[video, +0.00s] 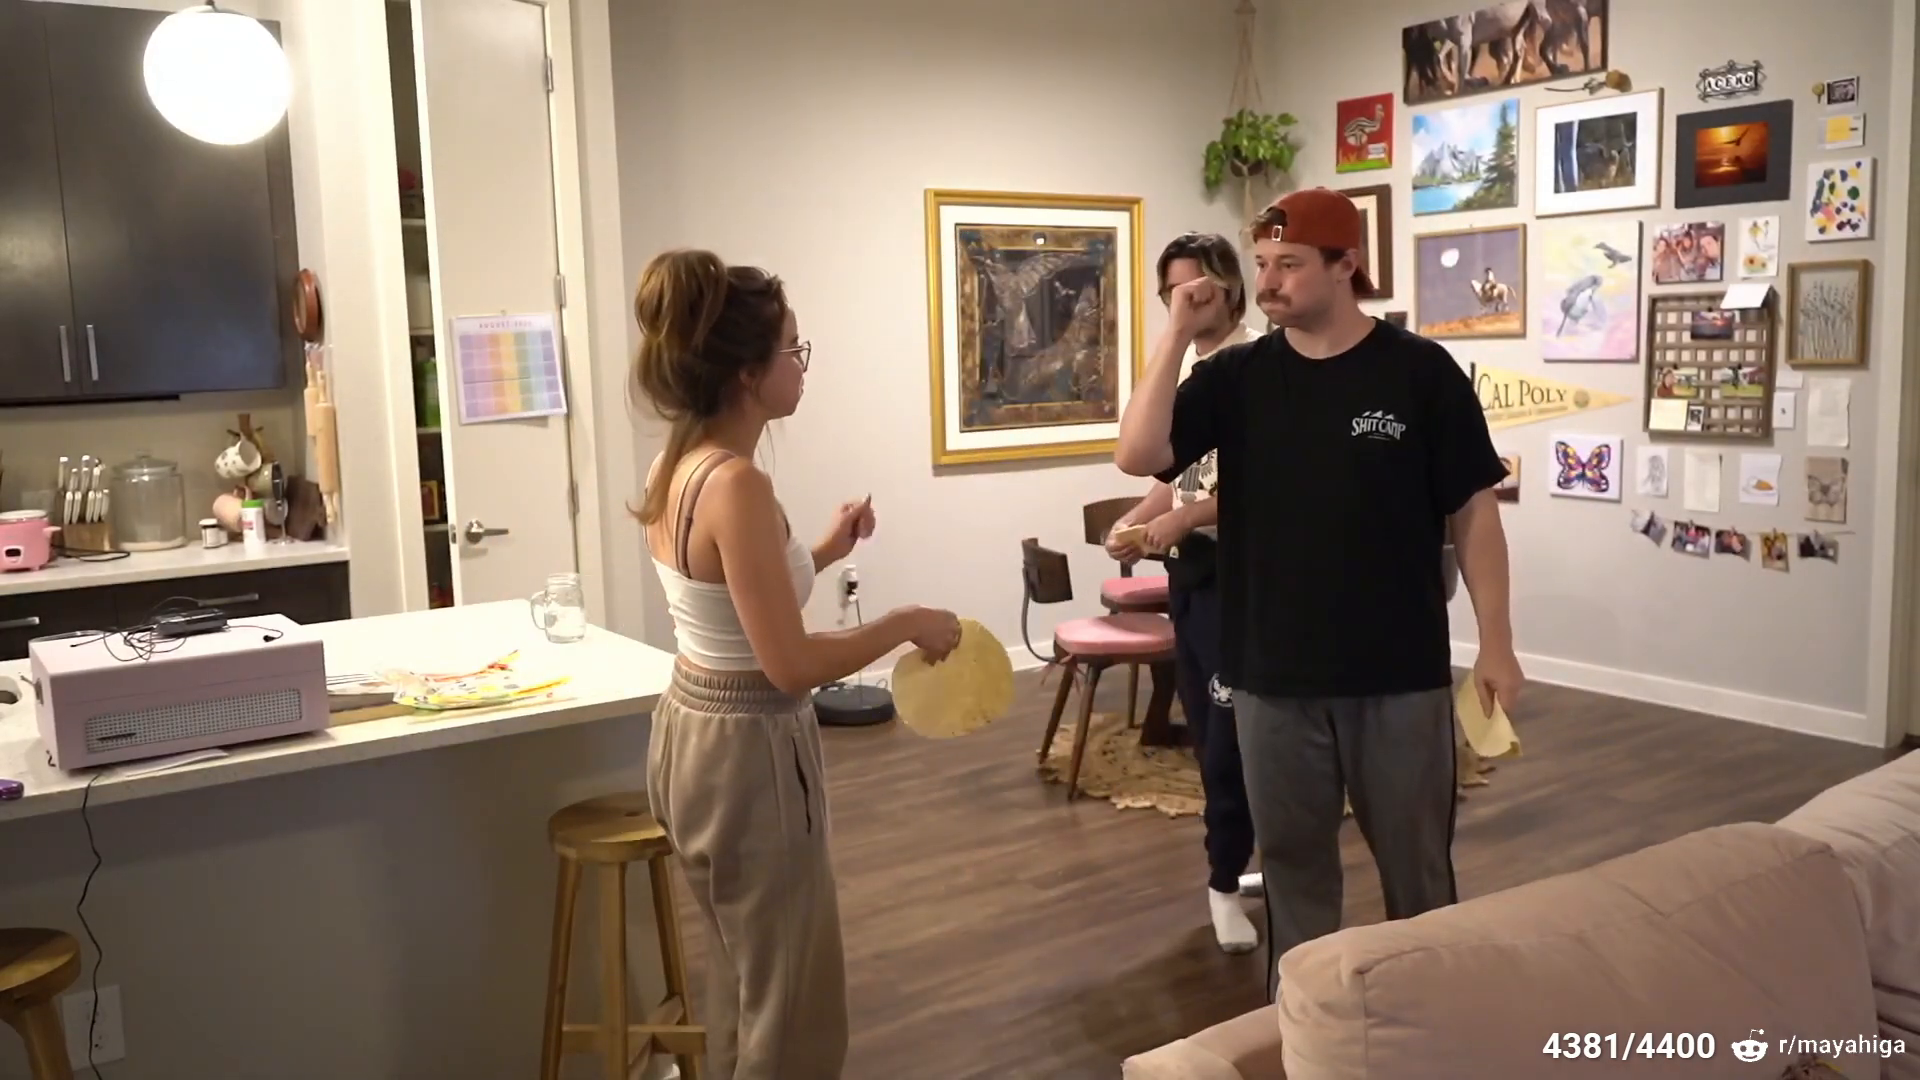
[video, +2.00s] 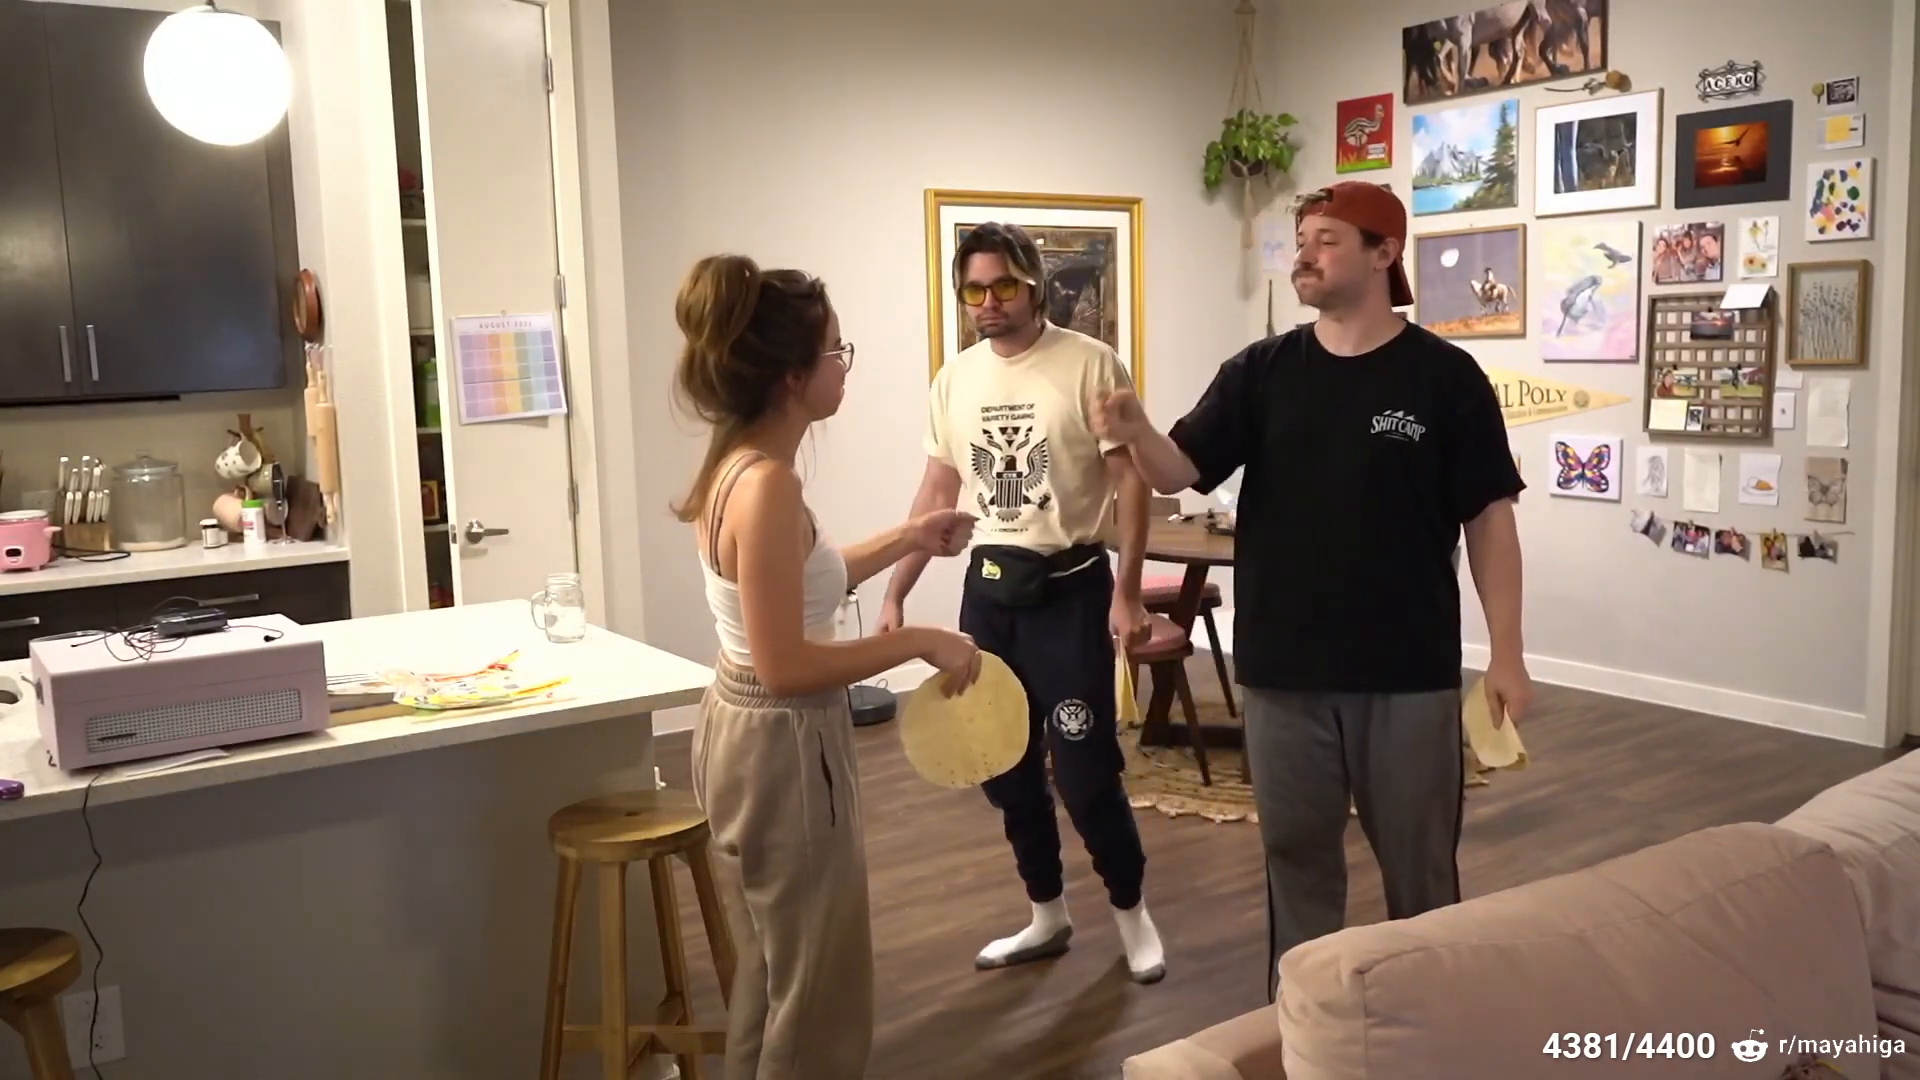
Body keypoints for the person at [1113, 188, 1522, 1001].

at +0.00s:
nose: (1269, 279)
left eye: (1288, 262)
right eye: (1262, 265)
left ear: (1345, 268)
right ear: (1256, 274)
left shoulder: (1422, 372)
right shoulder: (1236, 376)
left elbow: (1475, 512)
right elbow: (1139, 453)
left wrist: (1496, 642)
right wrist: (1175, 334)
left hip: (1400, 679)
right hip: (1272, 684)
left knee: (1418, 881)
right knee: (1293, 884)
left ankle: (1438, 1038)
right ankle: (1305, 1042)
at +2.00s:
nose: (1302, 257)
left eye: (1325, 242)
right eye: (1300, 244)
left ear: (1382, 256)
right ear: (1299, 261)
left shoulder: (1448, 376)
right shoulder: (1259, 371)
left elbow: (1490, 521)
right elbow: (1178, 472)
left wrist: (1506, 654)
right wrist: (1135, 431)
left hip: (1408, 677)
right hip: (1283, 675)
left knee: (1420, 874)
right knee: (1295, 865)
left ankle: (1433, 1031)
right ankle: (1301, 1027)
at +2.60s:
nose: (1284, 256)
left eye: (1306, 243)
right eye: (1280, 244)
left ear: (1361, 258)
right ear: (1274, 260)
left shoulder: (1431, 371)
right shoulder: (1247, 374)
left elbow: (1484, 510)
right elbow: (1157, 481)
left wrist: (1498, 648)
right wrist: (1159, 371)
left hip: (1402, 677)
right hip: (1277, 677)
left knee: (1418, 879)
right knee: (1294, 874)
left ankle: (1439, 1034)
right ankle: (1303, 1036)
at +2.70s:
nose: (1287, 258)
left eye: (1308, 246)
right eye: (1283, 246)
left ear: (1363, 261)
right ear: (1278, 259)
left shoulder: (1428, 373)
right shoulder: (1249, 375)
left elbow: (1479, 515)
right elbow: (1193, 492)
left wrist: (1491, 654)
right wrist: (1148, 487)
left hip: (1397, 681)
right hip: (1275, 680)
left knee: (1414, 882)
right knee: (1291, 878)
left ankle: (1433, 1038)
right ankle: (1299, 1038)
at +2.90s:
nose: (1282, 258)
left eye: (1304, 245)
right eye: (1278, 246)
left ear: (1360, 260)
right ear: (1274, 258)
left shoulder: (1424, 374)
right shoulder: (1247, 372)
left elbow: (1473, 514)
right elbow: (1143, 455)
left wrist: (1484, 652)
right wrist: (1165, 340)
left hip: (1394, 677)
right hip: (1274, 676)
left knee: (1414, 878)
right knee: (1290, 873)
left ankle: (1434, 1036)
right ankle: (1298, 1036)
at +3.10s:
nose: (1287, 266)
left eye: (1308, 252)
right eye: (1282, 252)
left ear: (1365, 262)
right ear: (1278, 262)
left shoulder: (1432, 378)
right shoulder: (1246, 377)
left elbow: (1474, 519)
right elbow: (1145, 450)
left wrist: (1484, 656)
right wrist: (1076, 427)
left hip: (1392, 680)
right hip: (1269, 679)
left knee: (1413, 881)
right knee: (1289, 877)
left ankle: (1436, 1035)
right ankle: (1301, 1038)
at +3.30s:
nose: (1287, 266)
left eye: (1308, 252)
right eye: (1282, 253)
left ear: (1365, 261)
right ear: (1277, 264)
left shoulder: (1432, 378)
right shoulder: (1245, 376)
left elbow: (1474, 519)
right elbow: (1142, 447)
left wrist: (1487, 657)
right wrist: (1074, 418)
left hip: (1396, 679)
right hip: (1272, 678)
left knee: (1417, 881)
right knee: (1291, 876)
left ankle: (1441, 1034)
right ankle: (1300, 1037)